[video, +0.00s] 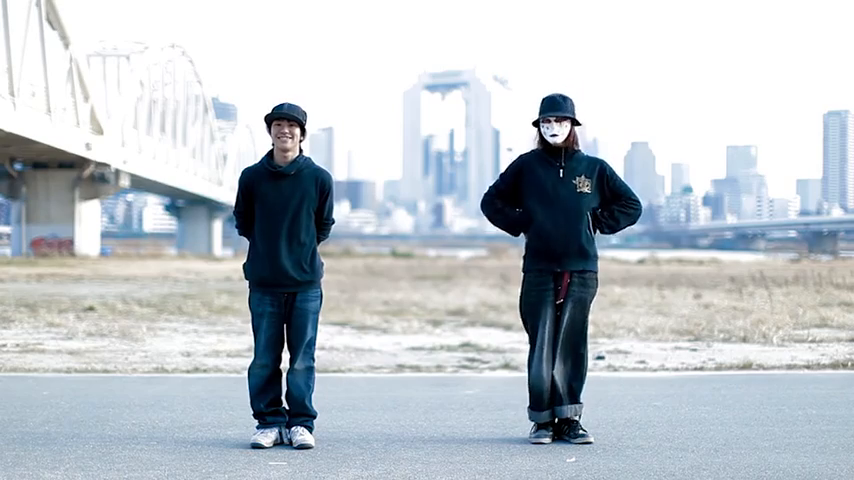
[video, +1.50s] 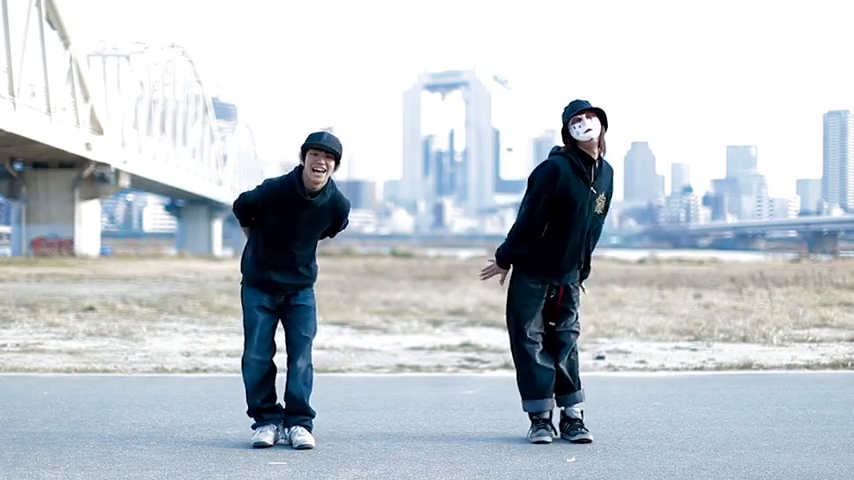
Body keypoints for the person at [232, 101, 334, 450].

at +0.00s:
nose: (285, 135)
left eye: (291, 129)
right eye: (279, 129)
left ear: (301, 135)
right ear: (270, 133)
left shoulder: (319, 179)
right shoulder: (251, 176)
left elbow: (323, 227)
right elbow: (243, 224)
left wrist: (299, 245)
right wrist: (269, 244)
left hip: (306, 280)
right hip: (264, 280)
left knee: (302, 355)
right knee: (265, 355)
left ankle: (300, 424)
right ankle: (269, 425)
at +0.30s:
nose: (285, 135)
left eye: (292, 129)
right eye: (280, 129)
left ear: (302, 135)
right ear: (271, 133)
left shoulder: (320, 179)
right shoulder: (251, 176)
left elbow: (324, 227)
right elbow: (243, 224)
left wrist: (299, 245)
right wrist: (269, 243)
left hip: (306, 280)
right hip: (264, 280)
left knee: (302, 355)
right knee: (265, 355)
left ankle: (300, 424)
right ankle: (268, 424)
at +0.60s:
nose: (285, 134)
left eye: (292, 129)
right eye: (280, 128)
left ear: (302, 134)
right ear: (271, 132)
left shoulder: (320, 178)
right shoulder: (251, 176)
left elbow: (324, 227)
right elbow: (243, 223)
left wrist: (299, 244)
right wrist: (270, 242)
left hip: (306, 280)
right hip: (264, 280)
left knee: (302, 356)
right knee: (265, 355)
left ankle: (300, 424)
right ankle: (268, 424)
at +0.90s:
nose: (285, 133)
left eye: (291, 128)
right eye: (279, 128)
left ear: (301, 134)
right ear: (270, 132)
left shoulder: (320, 178)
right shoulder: (251, 176)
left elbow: (324, 226)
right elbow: (243, 223)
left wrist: (298, 244)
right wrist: (270, 242)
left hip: (306, 280)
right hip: (264, 280)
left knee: (302, 356)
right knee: (265, 355)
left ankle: (300, 424)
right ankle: (268, 424)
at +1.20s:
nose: (280, 143)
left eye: (287, 137)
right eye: (275, 137)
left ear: (297, 143)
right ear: (266, 141)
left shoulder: (317, 185)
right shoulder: (249, 185)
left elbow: (328, 228)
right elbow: (237, 227)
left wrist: (304, 250)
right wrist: (263, 249)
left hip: (308, 285)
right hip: (266, 285)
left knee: (305, 356)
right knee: (264, 357)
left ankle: (300, 425)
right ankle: (269, 425)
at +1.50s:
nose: (321, 163)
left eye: (328, 158)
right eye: (315, 155)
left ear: (334, 165)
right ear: (303, 158)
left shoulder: (338, 204)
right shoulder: (274, 190)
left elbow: (330, 230)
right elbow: (241, 208)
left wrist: (299, 238)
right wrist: (258, 236)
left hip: (301, 286)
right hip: (259, 284)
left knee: (302, 354)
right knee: (258, 354)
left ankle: (298, 424)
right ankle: (266, 422)